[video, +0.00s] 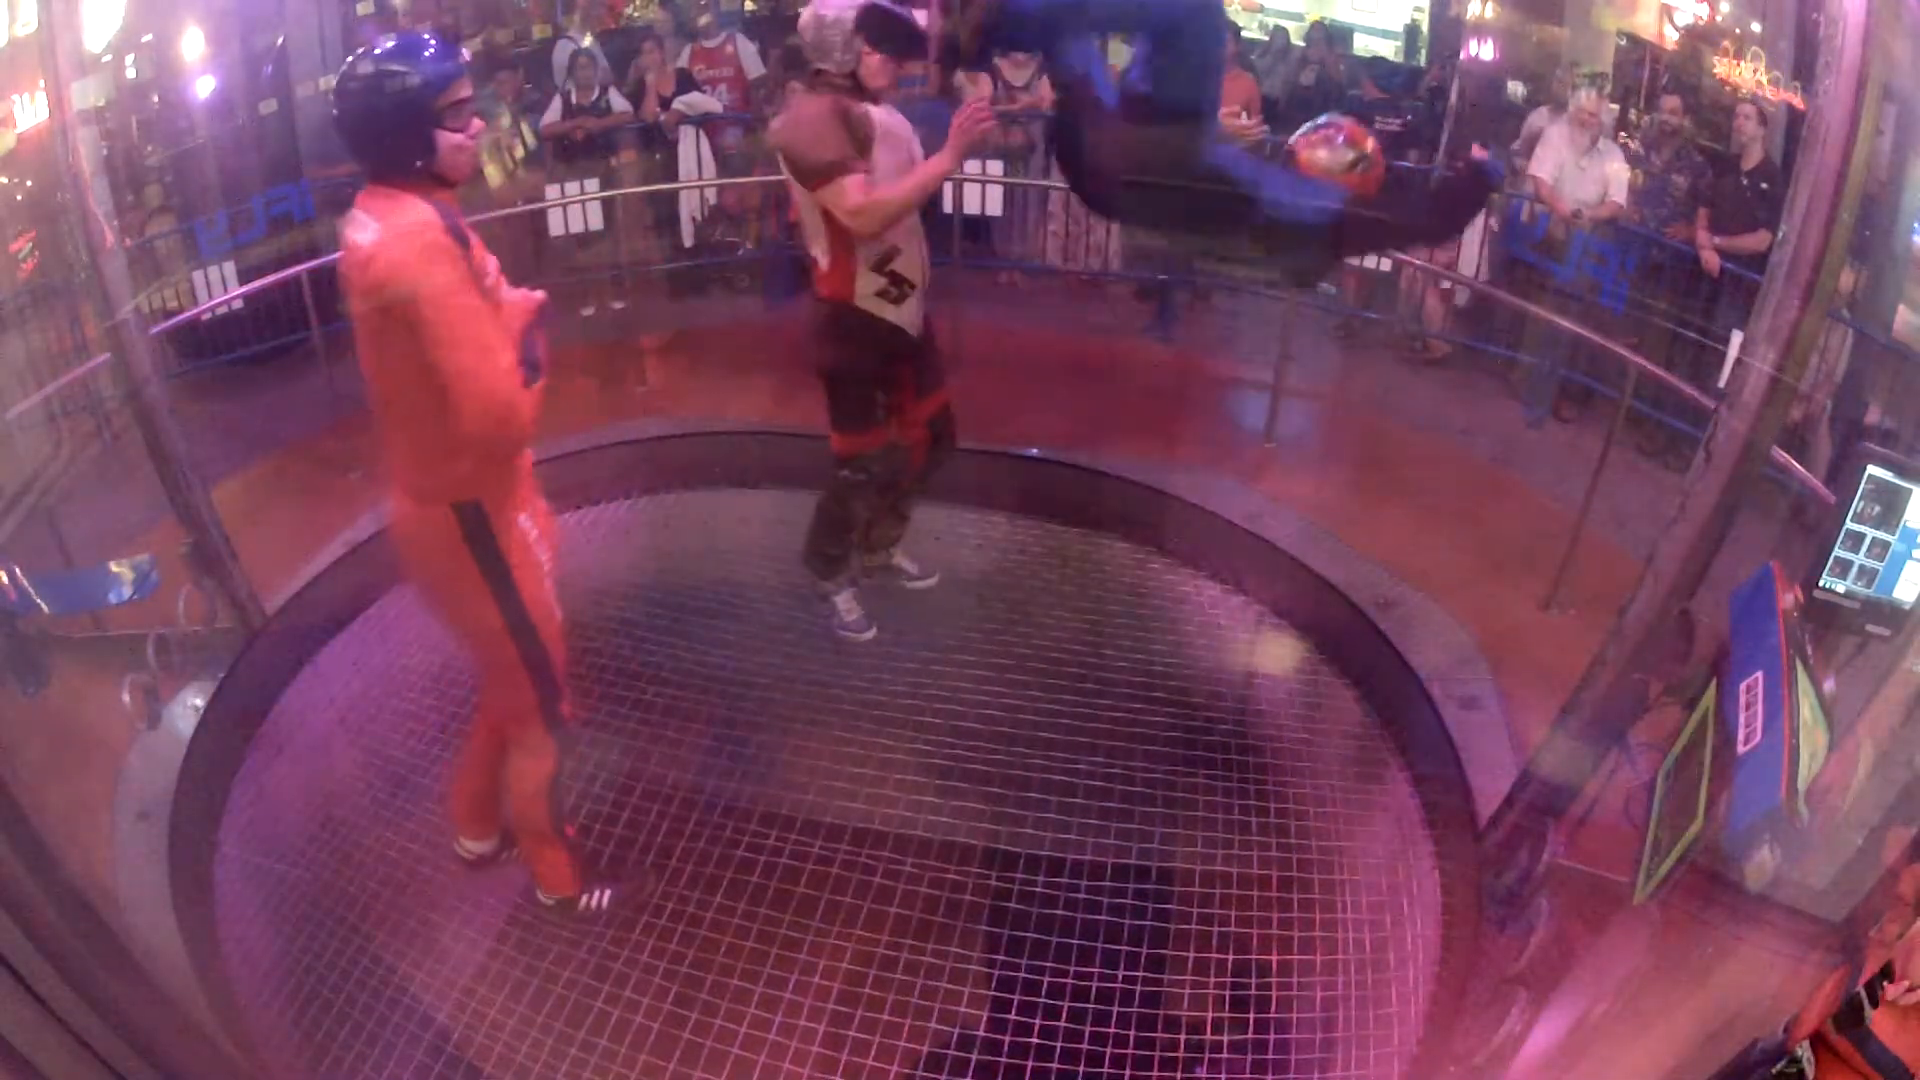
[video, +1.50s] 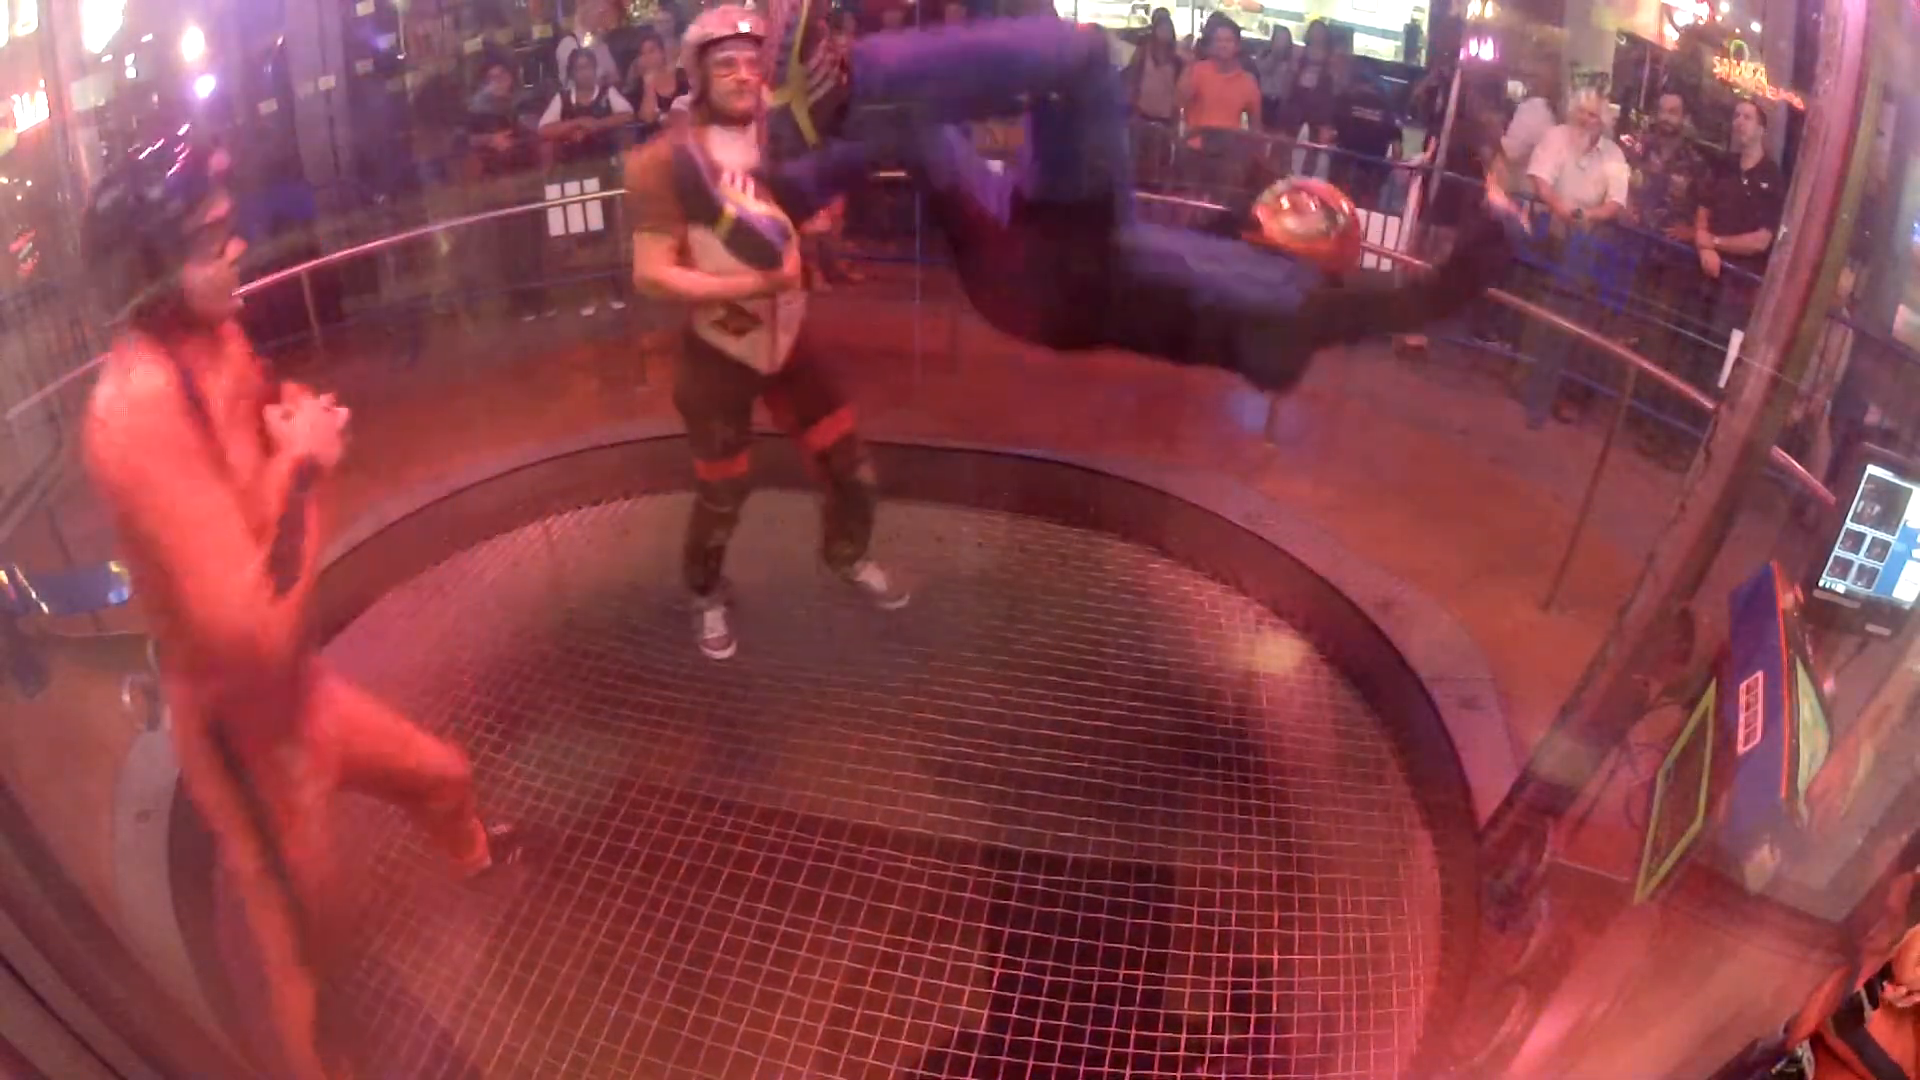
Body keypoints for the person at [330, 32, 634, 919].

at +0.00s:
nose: (477, 129)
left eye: (473, 111)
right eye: (458, 116)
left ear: (400, 135)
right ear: (410, 133)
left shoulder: (406, 215)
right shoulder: (412, 247)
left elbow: (486, 322)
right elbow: (489, 422)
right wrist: (522, 346)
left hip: (481, 489)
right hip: (461, 512)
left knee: (522, 659)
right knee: (533, 693)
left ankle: (474, 820)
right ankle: (554, 877)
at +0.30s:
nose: (448, 126)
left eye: (445, 108)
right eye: (425, 114)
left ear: (400, 129)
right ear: (374, 131)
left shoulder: (408, 206)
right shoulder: (368, 246)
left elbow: (447, 359)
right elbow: (422, 458)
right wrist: (495, 348)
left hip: (473, 491)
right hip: (442, 520)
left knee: (494, 677)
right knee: (529, 711)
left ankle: (472, 837)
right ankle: (559, 887)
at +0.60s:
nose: (424, 130)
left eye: (426, 110)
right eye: (398, 119)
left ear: (431, 107)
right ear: (343, 135)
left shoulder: (408, 202)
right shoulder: (350, 233)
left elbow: (430, 330)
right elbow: (408, 432)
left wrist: (469, 282)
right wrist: (476, 318)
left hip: (465, 487)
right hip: (423, 515)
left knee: (483, 671)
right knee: (518, 705)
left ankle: (470, 834)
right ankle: (558, 881)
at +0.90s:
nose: (416, 126)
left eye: (416, 107)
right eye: (392, 114)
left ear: (415, 114)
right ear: (341, 131)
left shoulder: (421, 204)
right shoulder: (321, 243)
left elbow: (435, 312)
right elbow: (363, 434)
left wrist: (478, 290)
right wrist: (458, 323)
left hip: (428, 512)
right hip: (368, 541)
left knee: (453, 703)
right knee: (517, 745)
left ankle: (468, 846)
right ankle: (516, 942)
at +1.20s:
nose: (333, 156)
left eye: (331, 138)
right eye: (309, 144)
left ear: (324, 149)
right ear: (255, 162)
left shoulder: (327, 240)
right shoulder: (243, 288)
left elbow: (351, 385)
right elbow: (336, 498)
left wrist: (388, 333)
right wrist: (404, 357)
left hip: (395, 538)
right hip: (340, 577)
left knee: (450, 718)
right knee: (415, 836)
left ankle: (474, 846)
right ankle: (363, 1042)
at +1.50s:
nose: (238, 252)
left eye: (233, 230)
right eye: (213, 241)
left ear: (226, 227)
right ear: (152, 265)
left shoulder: (218, 341)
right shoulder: (134, 404)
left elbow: (246, 515)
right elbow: (244, 629)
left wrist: (286, 444)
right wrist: (299, 465)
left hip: (287, 681)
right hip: (233, 722)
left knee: (444, 771)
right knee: (291, 950)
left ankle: (473, 865)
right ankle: (304, 1071)